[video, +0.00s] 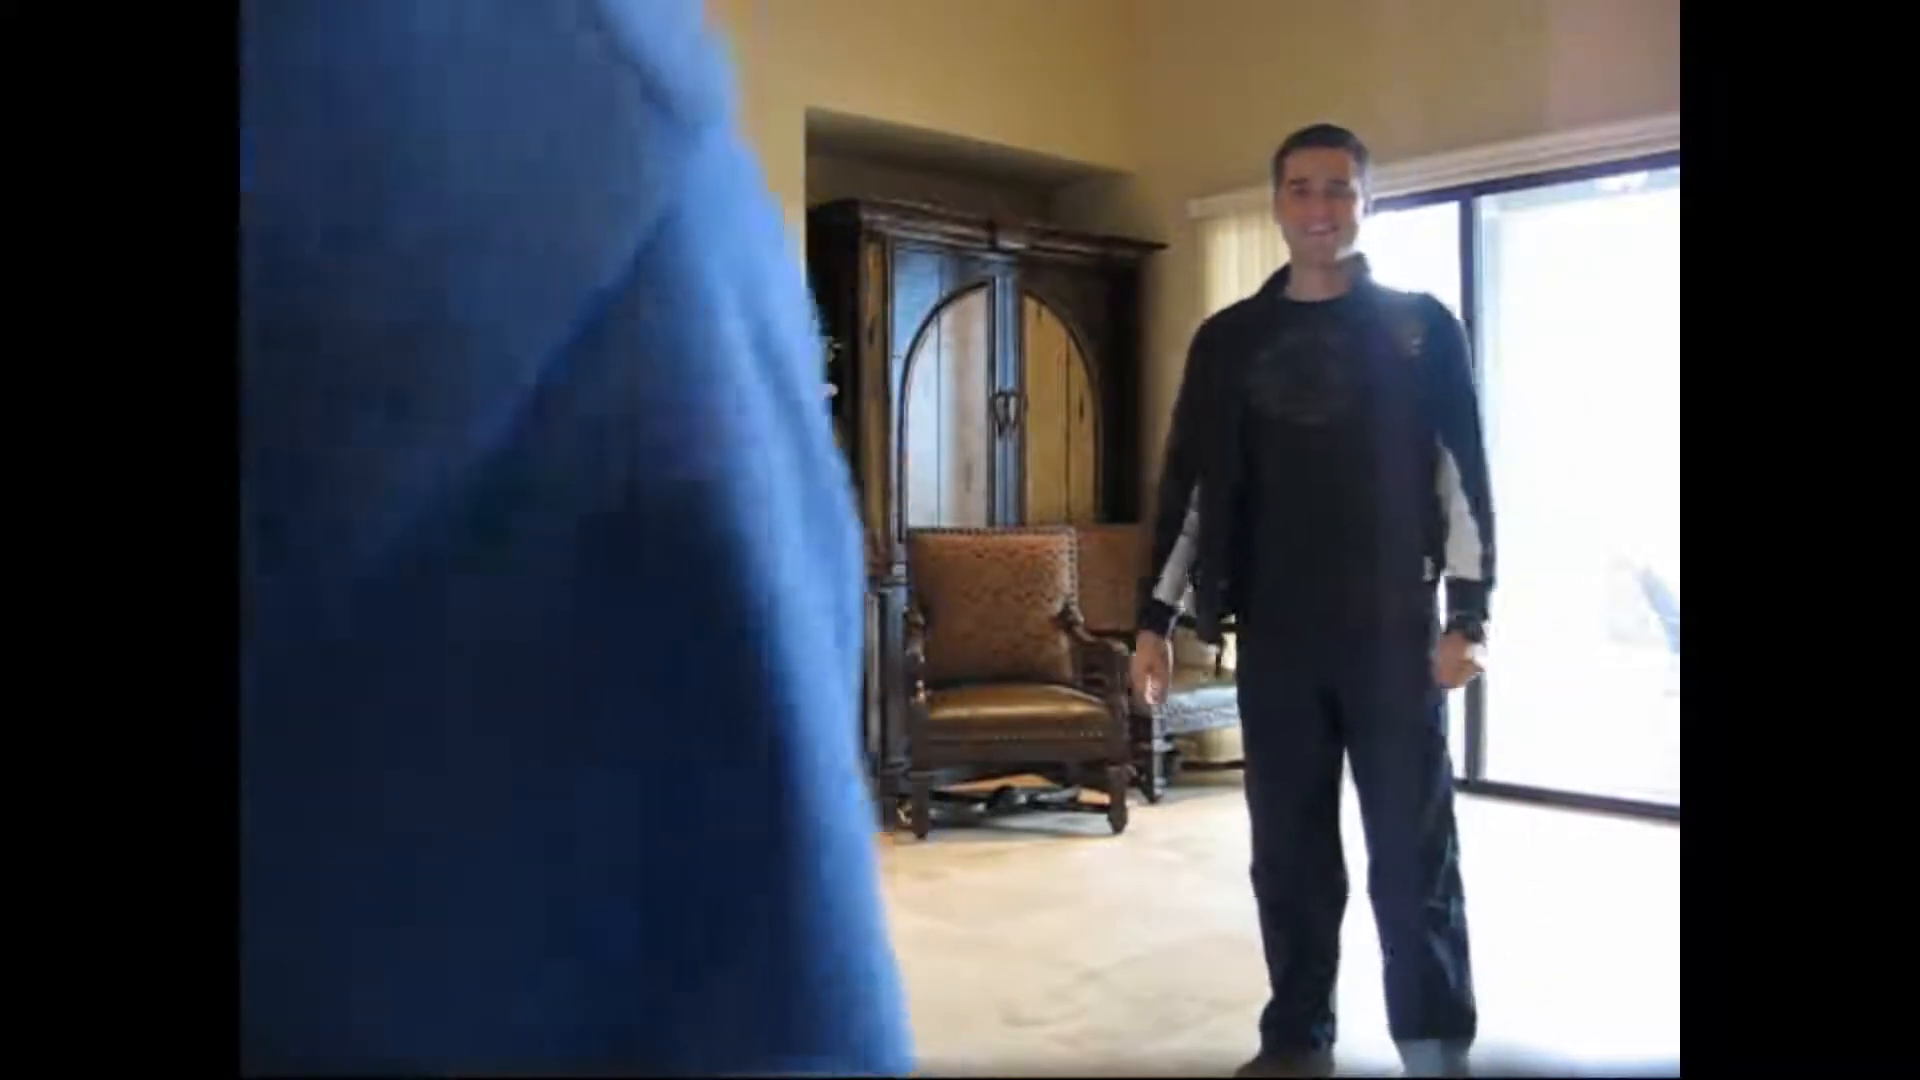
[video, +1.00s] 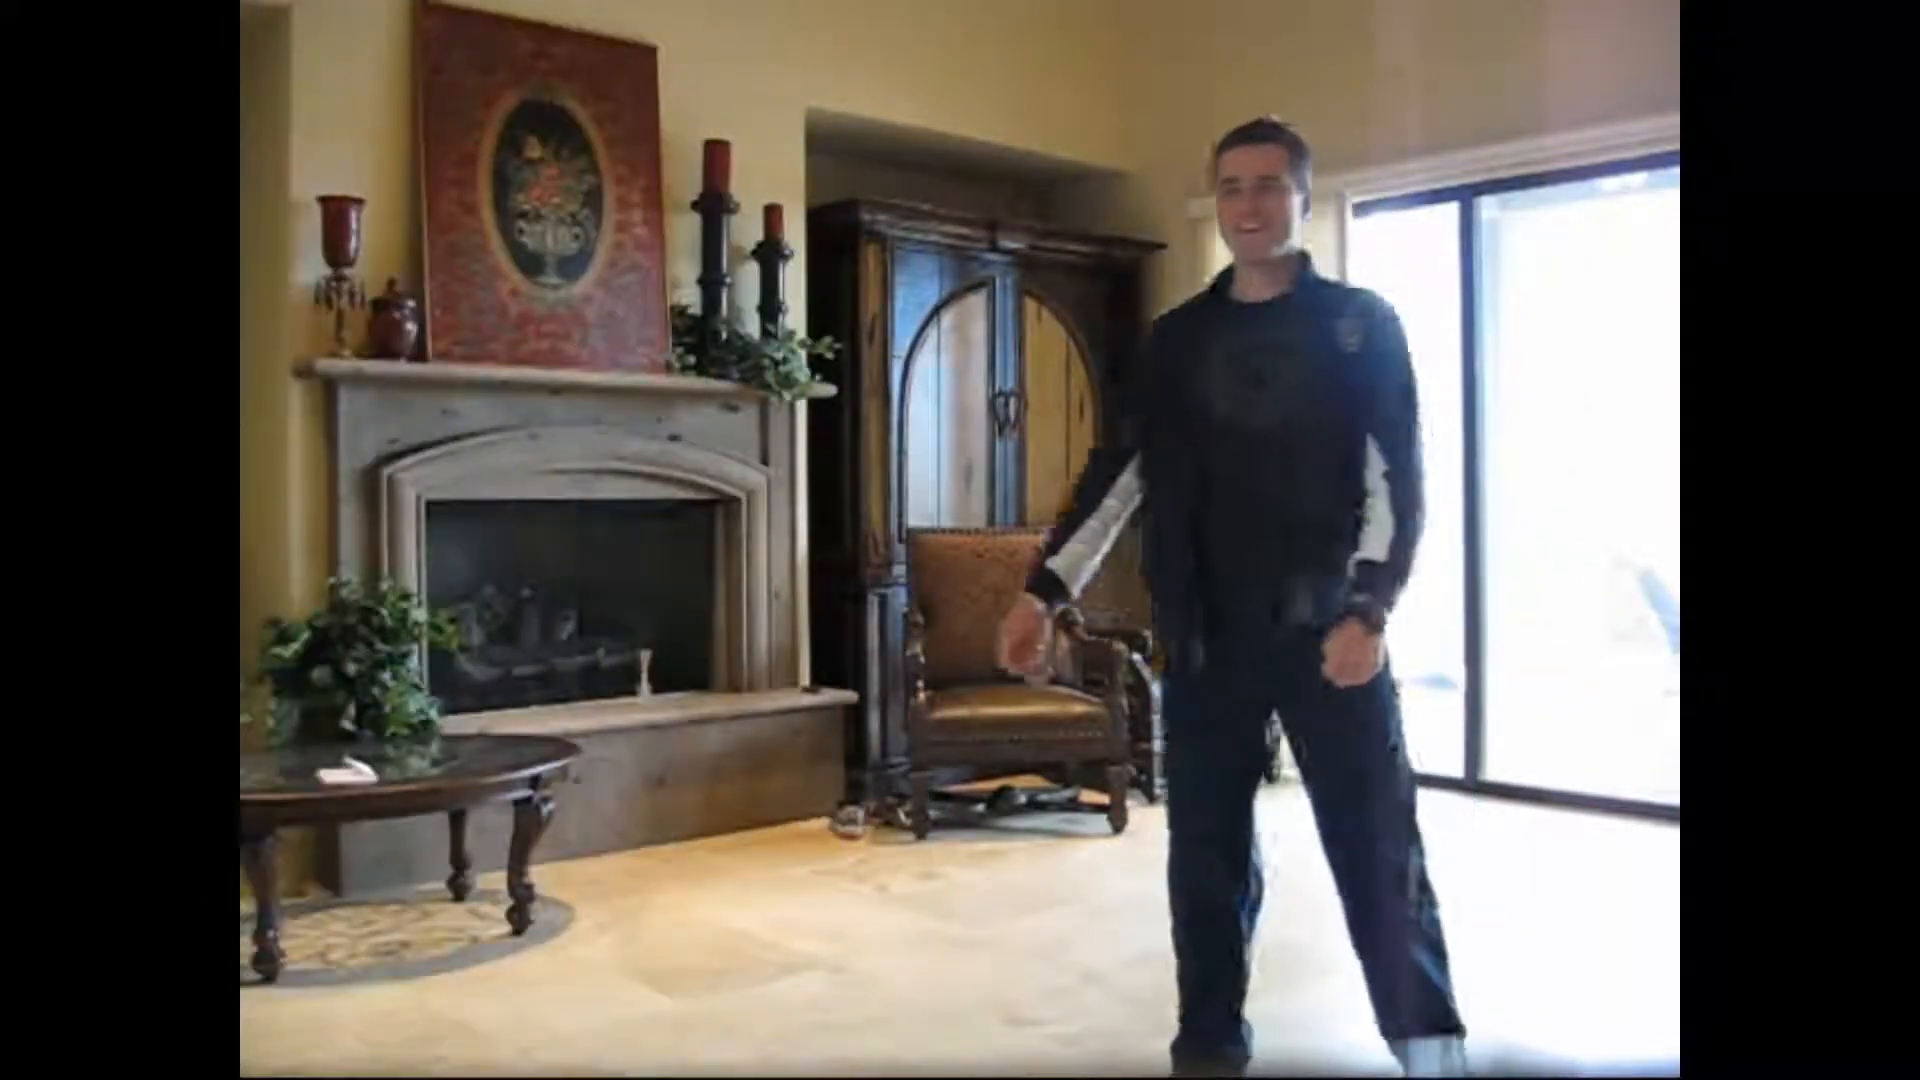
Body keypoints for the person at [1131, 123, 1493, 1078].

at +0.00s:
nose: (1319, 204)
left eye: (1337, 188)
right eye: (1301, 188)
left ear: (1366, 203)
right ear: (1276, 204)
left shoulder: (1420, 326)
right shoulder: (1226, 338)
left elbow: (1464, 477)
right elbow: (1185, 486)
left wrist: (1467, 616)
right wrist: (1155, 619)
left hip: (1392, 634)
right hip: (1276, 636)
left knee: (1414, 861)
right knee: (1287, 856)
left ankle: (1439, 1055)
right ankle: (1295, 1041)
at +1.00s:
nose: (1252, 204)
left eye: (1270, 185)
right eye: (1235, 188)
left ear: (1302, 198)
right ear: (1215, 205)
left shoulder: (1359, 323)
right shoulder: (1171, 342)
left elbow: (1399, 477)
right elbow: (1114, 479)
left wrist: (1371, 610)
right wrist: (1042, 593)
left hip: (1328, 633)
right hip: (1205, 640)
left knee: (1382, 864)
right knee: (1206, 864)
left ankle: (1432, 1056)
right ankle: (1208, 1054)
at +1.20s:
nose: (1210, 204)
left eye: (1229, 186)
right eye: (1191, 188)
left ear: (1261, 197)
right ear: (1170, 205)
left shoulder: (1325, 316)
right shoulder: (1138, 337)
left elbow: (1375, 471)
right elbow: (1044, 449)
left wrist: (1367, 616)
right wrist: (936, 525)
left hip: (1312, 629)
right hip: (1190, 634)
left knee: (1354, 862)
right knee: (1200, 866)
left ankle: (1403, 1052)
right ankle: (1206, 1056)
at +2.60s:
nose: (1266, 253)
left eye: (1278, 230)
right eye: (1244, 234)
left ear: (1295, 211)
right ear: (1200, 221)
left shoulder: (1343, 315)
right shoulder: (1148, 337)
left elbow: (1429, 450)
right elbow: (1098, 464)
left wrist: (1322, 472)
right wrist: (1041, 508)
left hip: (1325, 639)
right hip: (1205, 640)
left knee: (1327, 862)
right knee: (1210, 862)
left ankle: (1326, 1060)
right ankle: (1209, 1055)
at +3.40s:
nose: (1292, 181)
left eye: (1308, 160)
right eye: (1270, 167)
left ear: (1342, 173)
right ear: (1247, 189)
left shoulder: (1420, 303)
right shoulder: (1210, 325)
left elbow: (1481, 471)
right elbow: (1188, 469)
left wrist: (1410, 571)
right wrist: (1181, 476)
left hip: (1373, 636)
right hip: (1252, 637)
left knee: (1360, 865)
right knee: (1256, 860)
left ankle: (1338, 1059)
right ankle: (1250, 1055)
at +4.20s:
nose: (1158, 258)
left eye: (1171, 228)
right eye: (1134, 248)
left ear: (1219, 228)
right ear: (1125, 271)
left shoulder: (1353, 314)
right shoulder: (1146, 385)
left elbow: (1446, 431)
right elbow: (1141, 504)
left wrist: (1378, 519)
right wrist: (1174, 531)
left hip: (1378, 632)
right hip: (1253, 640)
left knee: (1362, 859)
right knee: (1262, 859)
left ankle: (1342, 1057)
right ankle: (1247, 1058)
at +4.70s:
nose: (1110, 224)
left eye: (1124, 199)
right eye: (1107, 203)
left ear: (1195, 195)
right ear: (1168, 204)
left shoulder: (1335, 287)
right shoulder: (1133, 344)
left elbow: (1430, 423)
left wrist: (1359, 518)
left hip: (1346, 628)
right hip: (1225, 633)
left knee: (1340, 860)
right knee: (1239, 863)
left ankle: (1330, 1059)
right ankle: (1241, 1058)